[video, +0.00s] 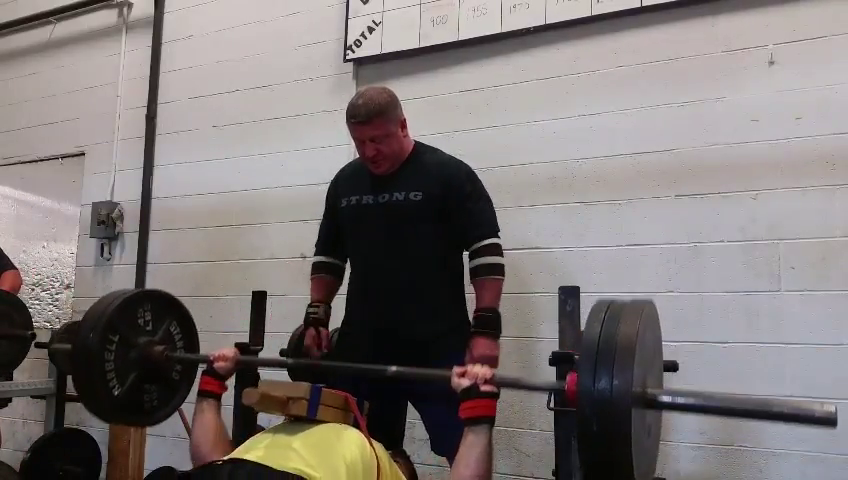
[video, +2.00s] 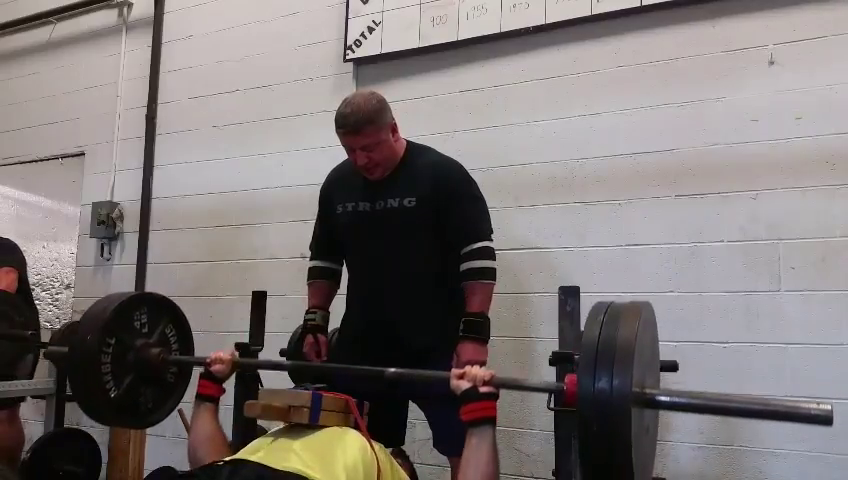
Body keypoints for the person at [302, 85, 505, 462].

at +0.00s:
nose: (369, 151)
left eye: (378, 140)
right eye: (360, 142)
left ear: (403, 127)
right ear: (352, 136)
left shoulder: (451, 177)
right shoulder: (345, 183)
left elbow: (486, 254)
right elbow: (328, 257)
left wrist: (486, 329)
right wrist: (316, 317)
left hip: (438, 345)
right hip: (365, 344)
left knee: (466, 455)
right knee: (367, 458)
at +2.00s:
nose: (361, 159)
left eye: (369, 148)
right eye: (351, 150)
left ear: (395, 131)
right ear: (342, 142)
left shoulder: (445, 177)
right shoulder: (338, 185)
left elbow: (478, 259)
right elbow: (325, 261)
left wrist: (474, 335)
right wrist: (315, 323)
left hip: (438, 339)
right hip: (365, 338)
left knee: (463, 450)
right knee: (367, 451)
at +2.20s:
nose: (360, 159)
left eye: (369, 148)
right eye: (351, 150)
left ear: (394, 132)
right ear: (342, 142)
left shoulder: (445, 177)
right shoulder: (338, 185)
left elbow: (479, 258)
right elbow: (324, 261)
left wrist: (474, 333)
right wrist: (314, 323)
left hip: (439, 341)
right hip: (365, 340)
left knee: (468, 453)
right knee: (366, 454)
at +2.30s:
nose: (361, 159)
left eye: (369, 149)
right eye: (352, 151)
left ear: (394, 131)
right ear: (342, 142)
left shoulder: (444, 177)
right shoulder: (339, 184)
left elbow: (478, 256)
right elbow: (324, 260)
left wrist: (474, 329)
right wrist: (313, 323)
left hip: (439, 342)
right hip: (364, 342)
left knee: (469, 455)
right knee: (365, 457)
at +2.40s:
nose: (361, 160)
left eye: (369, 149)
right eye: (352, 151)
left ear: (394, 131)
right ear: (342, 143)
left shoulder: (444, 176)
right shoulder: (338, 184)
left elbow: (478, 256)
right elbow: (324, 260)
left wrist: (474, 327)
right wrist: (313, 322)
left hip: (439, 343)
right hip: (364, 344)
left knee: (466, 457)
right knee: (365, 459)